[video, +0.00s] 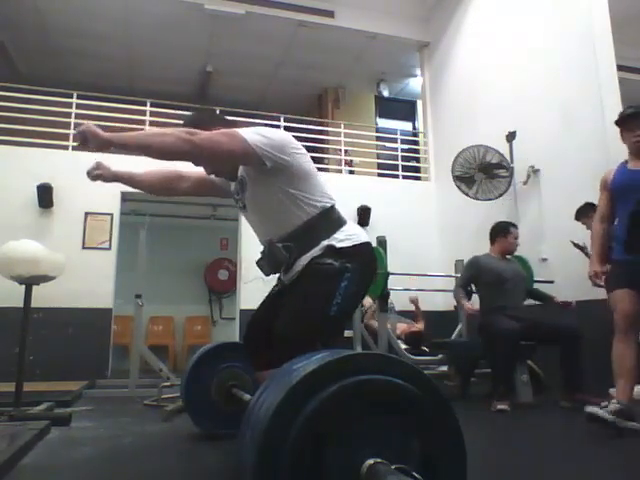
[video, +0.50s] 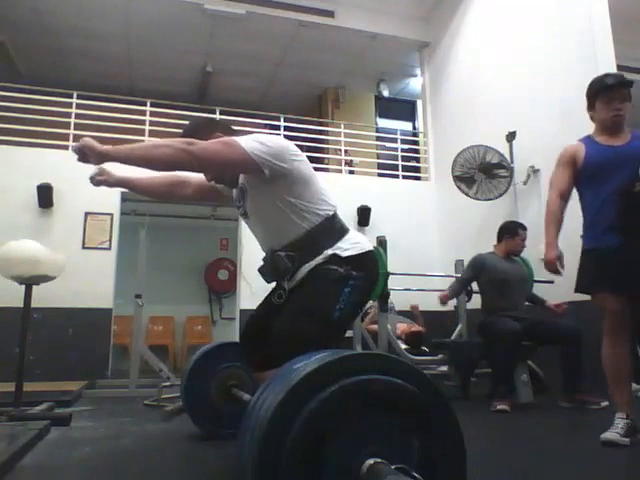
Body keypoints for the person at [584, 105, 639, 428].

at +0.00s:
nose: (632, 134)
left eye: (636, 128)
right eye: (627, 129)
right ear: (621, 134)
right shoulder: (613, 176)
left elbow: (601, 222)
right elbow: (601, 220)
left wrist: (599, 259)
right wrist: (596, 260)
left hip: (632, 260)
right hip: (624, 260)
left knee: (627, 323)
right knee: (624, 322)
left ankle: (623, 398)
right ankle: (622, 400)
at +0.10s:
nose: (630, 133)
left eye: (634, 126)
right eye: (624, 128)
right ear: (615, 133)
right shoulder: (606, 175)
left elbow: (595, 221)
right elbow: (595, 221)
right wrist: (590, 261)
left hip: (632, 260)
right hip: (620, 260)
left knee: (627, 323)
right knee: (622, 321)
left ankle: (622, 402)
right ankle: (620, 404)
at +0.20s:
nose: (625, 130)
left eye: (631, 123)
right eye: (618, 125)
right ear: (607, 131)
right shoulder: (598, 174)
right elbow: (586, 221)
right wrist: (582, 263)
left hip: (633, 261)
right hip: (615, 261)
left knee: (627, 323)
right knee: (621, 318)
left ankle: (624, 406)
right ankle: (622, 410)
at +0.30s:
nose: (620, 123)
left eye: (625, 116)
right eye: (612, 118)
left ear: (635, 119)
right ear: (598, 123)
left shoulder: (638, 154)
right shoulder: (588, 166)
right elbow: (576, 216)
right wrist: (570, 261)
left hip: (634, 252)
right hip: (610, 253)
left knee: (629, 321)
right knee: (617, 313)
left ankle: (626, 403)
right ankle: (623, 413)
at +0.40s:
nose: (615, 115)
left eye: (620, 108)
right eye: (607, 109)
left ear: (630, 111)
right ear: (593, 115)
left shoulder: (638, 147)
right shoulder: (581, 159)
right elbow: (564, 210)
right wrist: (558, 254)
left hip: (635, 249)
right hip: (606, 250)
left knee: (627, 320)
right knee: (615, 317)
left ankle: (627, 405)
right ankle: (623, 413)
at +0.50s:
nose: (617, 108)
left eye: (623, 101)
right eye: (608, 102)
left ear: (630, 104)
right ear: (591, 107)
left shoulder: (637, 142)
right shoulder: (577, 152)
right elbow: (557, 197)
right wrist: (550, 244)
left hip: (636, 247)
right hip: (606, 250)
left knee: (627, 325)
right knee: (616, 325)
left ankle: (628, 409)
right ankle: (623, 414)